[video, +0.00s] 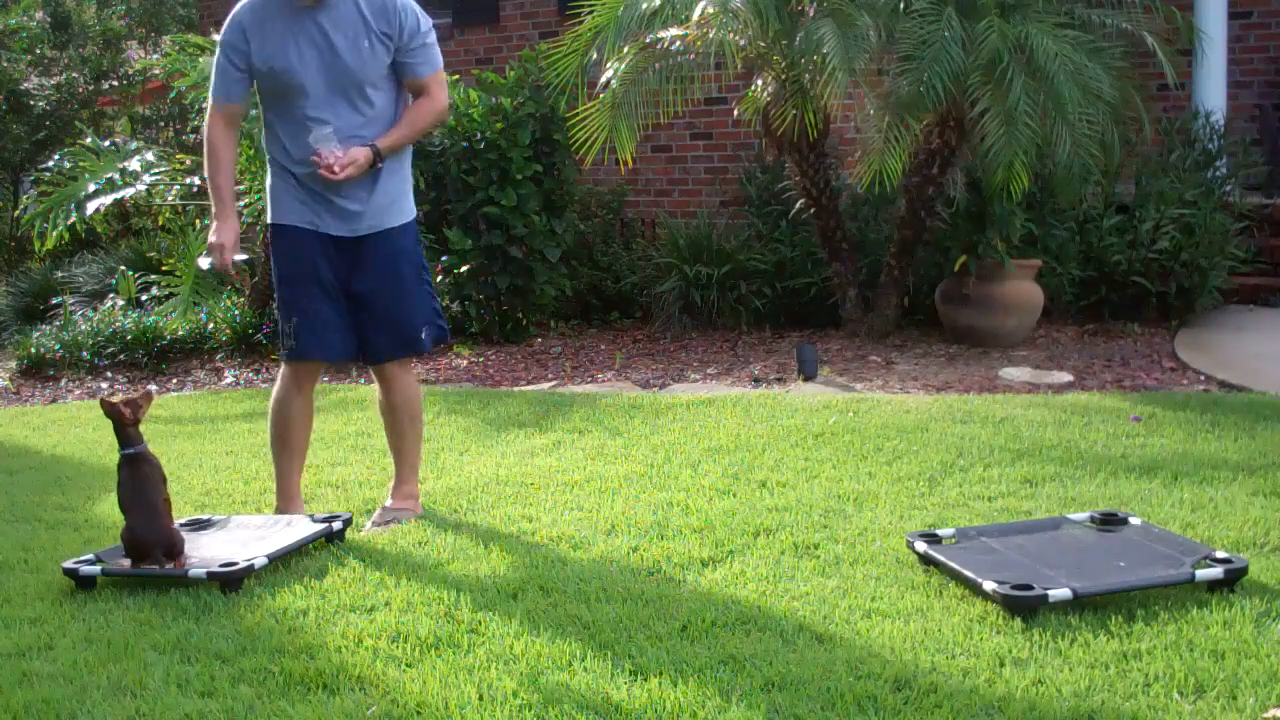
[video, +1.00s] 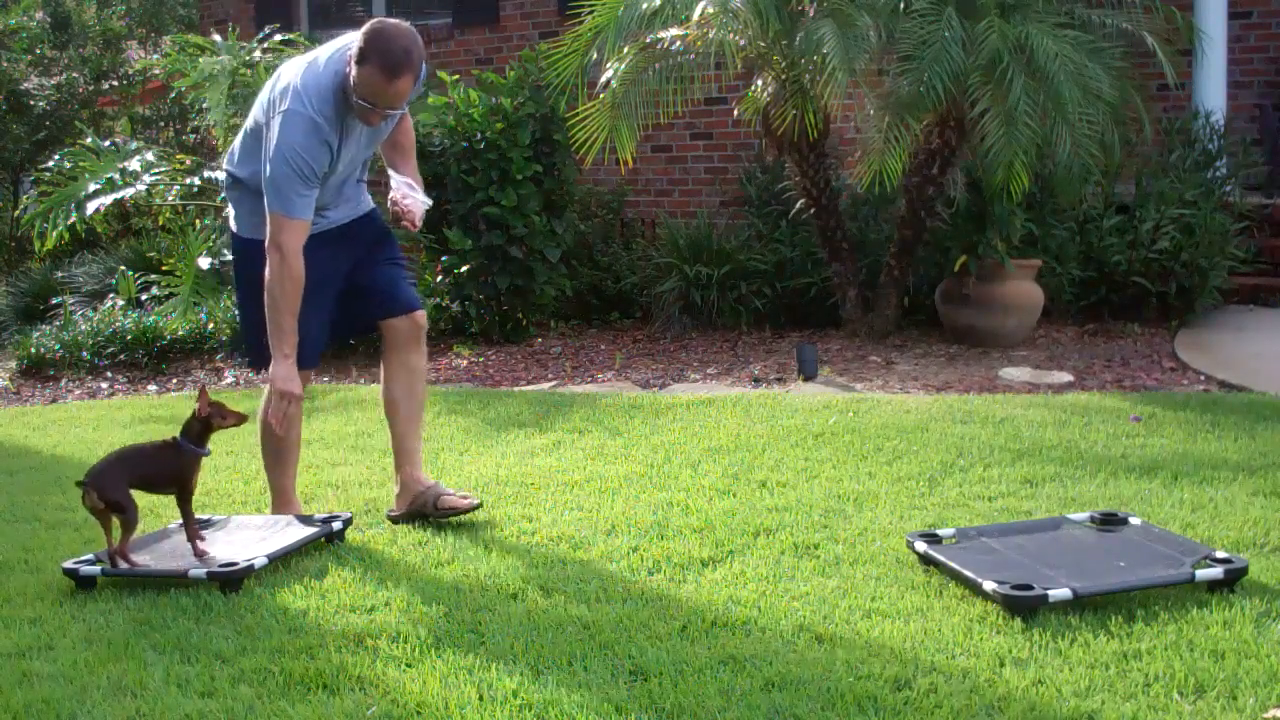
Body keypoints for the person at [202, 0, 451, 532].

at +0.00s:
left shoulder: (394, 9)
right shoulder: (249, 20)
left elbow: (435, 99)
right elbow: (221, 120)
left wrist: (374, 150)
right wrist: (224, 214)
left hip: (384, 212)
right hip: (300, 216)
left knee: (394, 359)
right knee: (300, 362)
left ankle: (406, 498)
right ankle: (288, 511)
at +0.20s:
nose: (302, 16)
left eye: (313, 8)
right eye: (290, 9)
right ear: (272, 0)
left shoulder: (373, 21)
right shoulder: (240, 55)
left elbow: (393, 96)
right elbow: (220, 174)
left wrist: (379, 161)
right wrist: (232, 282)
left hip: (361, 212)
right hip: (279, 218)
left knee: (386, 348)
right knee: (288, 368)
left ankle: (384, 492)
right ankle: (285, 513)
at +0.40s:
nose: (320, 80)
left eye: (333, 67)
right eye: (308, 67)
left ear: (354, 40)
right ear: (288, 34)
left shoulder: (375, 49)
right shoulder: (252, 85)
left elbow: (373, 114)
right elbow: (234, 220)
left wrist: (369, 196)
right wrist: (236, 332)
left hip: (344, 223)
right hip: (271, 232)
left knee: (354, 352)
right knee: (278, 369)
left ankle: (345, 499)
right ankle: (285, 510)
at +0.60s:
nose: (339, 113)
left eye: (352, 102)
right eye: (326, 101)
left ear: (373, 70)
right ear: (309, 67)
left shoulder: (379, 65)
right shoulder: (263, 110)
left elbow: (368, 128)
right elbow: (240, 240)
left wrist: (356, 201)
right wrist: (236, 352)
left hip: (326, 221)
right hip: (259, 232)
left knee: (334, 354)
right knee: (267, 370)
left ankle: (341, 501)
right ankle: (282, 512)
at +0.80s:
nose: (353, 117)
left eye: (367, 106)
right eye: (341, 105)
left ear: (386, 76)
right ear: (323, 70)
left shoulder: (388, 66)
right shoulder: (274, 113)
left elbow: (377, 121)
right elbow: (253, 246)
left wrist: (369, 196)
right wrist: (249, 359)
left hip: (332, 217)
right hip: (263, 230)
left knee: (355, 345)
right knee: (272, 371)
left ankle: (344, 496)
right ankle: (283, 512)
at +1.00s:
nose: (380, 116)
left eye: (394, 107)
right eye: (368, 103)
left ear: (412, 77)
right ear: (351, 70)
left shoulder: (405, 62)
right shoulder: (301, 114)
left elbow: (396, 116)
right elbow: (283, 248)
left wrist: (409, 186)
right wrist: (283, 359)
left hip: (347, 210)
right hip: (275, 225)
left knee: (407, 321)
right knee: (288, 375)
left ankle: (411, 486)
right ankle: (285, 516)